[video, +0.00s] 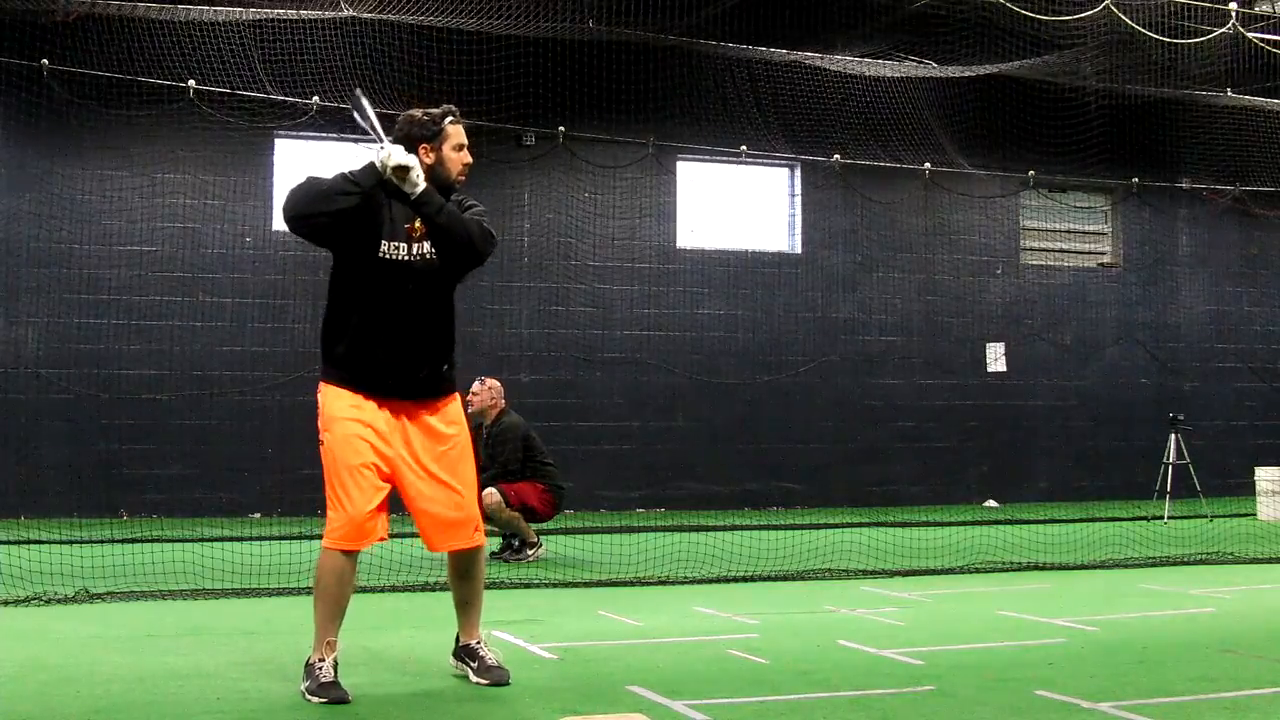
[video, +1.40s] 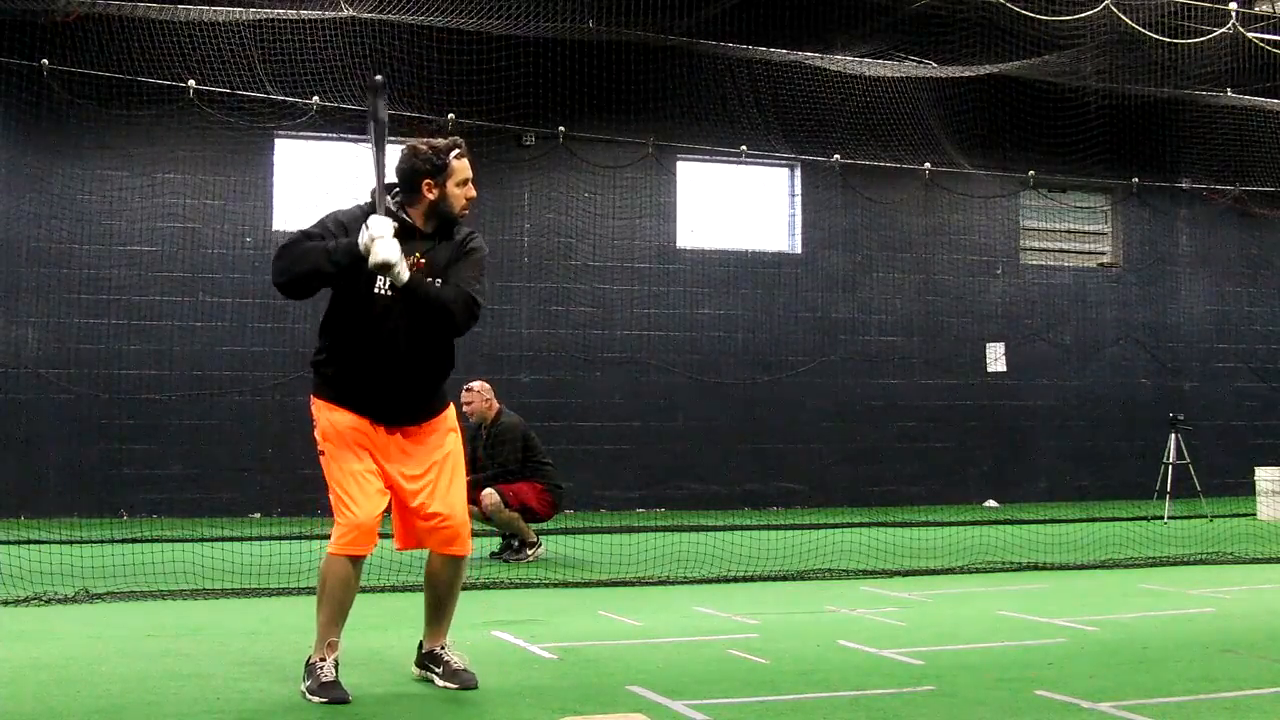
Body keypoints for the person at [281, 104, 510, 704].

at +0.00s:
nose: (468, 157)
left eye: (467, 148)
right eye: (459, 148)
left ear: (438, 152)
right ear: (425, 152)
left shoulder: (460, 217)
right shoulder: (361, 205)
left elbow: (476, 246)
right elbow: (297, 209)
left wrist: (419, 189)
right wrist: (371, 173)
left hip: (433, 400)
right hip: (355, 394)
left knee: (466, 527)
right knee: (348, 523)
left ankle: (470, 643)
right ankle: (323, 658)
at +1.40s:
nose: (472, 192)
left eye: (473, 182)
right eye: (464, 183)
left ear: (440, 187)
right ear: (429, 187)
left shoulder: (462, 244)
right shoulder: (360, 222)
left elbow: (460, 313)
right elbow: (287, 272)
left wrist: (406, 275)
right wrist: (358, 245)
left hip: (428, 416)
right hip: (349, 411)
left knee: (451, 532)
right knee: (358, 525)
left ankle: (434, 650)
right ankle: (323, 659)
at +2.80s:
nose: (544, 194)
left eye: (545, 184)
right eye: (542, 185)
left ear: (483, 185)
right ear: (517, 190)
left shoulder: (429, 230)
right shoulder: (527, 253)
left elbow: (407, 262)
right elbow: (545, 271)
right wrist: (527, 216)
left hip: (476, 418)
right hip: (450, 421)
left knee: (531, 523)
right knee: (443, 560)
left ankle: (564, 650)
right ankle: (304, 640)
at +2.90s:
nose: (547, 191)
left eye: (547, 181)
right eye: (543, 182)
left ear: (490, 182)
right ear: (517, 186)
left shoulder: (441, 221)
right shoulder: (520, 251)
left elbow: (484, 278)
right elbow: (561, 286)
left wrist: (542, 248)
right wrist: (574, 251)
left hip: (483, 417)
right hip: (450, 419)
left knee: (536, 523)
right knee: (440, 558)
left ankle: (564, 649)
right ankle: (305, 638)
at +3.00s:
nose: (554, 190)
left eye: (554, 178)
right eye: (549, 180)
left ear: (501, 182)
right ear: (518, 185)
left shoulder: (455, 217)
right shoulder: (523, 254)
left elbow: (505, 275)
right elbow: (571, 311)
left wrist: (573, 275)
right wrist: (609, 288)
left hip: (487, 412)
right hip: (455, 418)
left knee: (541, 520)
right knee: (441, 556)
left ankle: (565, 649)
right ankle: (305, 637)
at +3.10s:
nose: (562, 194)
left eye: (563, 183)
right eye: (556, 185)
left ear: (517, 183)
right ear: (523, 185)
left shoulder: (485, 215)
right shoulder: (514, 255)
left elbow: (541, 285)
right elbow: (555, 334)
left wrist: (598, 306)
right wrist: (622, 333)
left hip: (494, 410)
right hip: (451, 416)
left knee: (545, 520)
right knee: (440, 552)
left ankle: (565, 647)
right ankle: (305, 636)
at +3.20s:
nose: (571, 198)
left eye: (572, 188)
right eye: (564, 188)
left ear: (526, 187)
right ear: (529, 187)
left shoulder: (506, 223)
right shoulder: (509, 254)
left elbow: (547, 305)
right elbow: (543, 349)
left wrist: (598, 339)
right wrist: (614, 371)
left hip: (497, 409)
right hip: (450, 414)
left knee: (550, 518)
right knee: (436, 552)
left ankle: (565, 647)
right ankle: (304, 636)